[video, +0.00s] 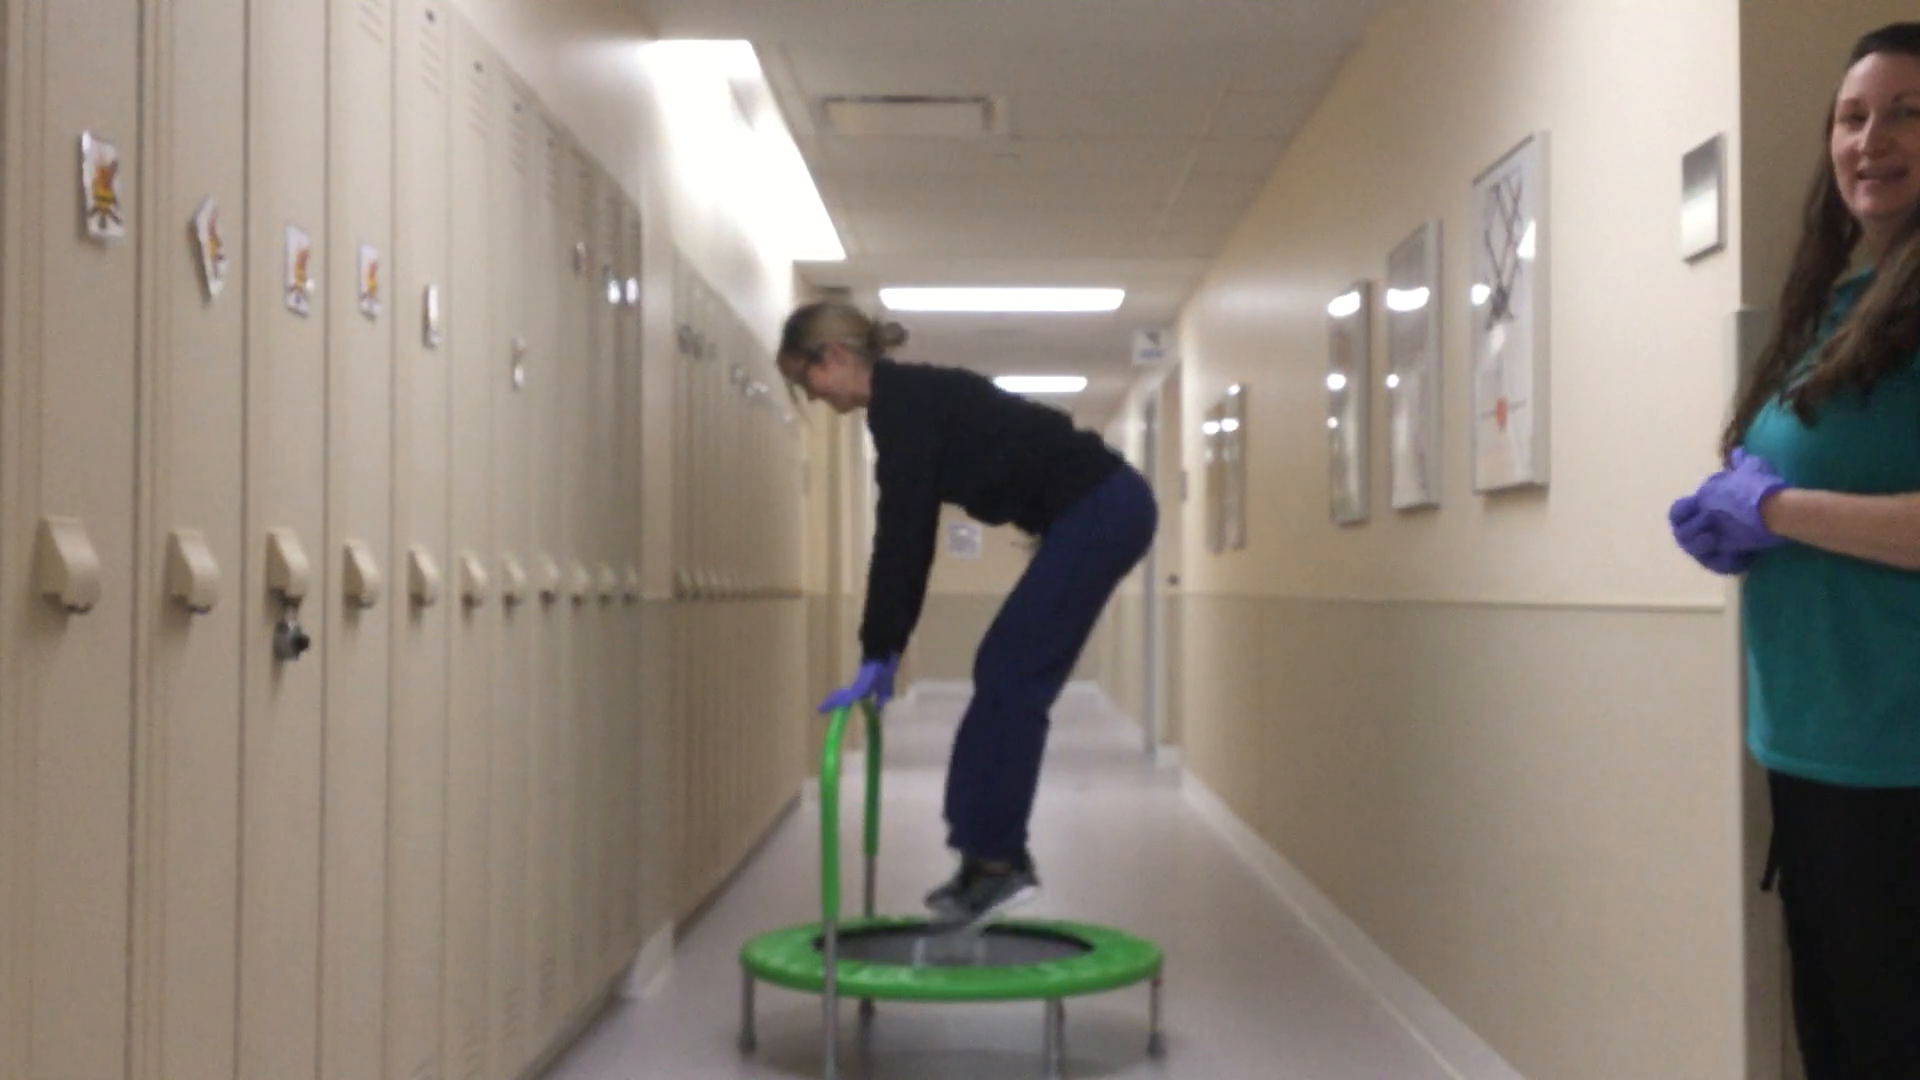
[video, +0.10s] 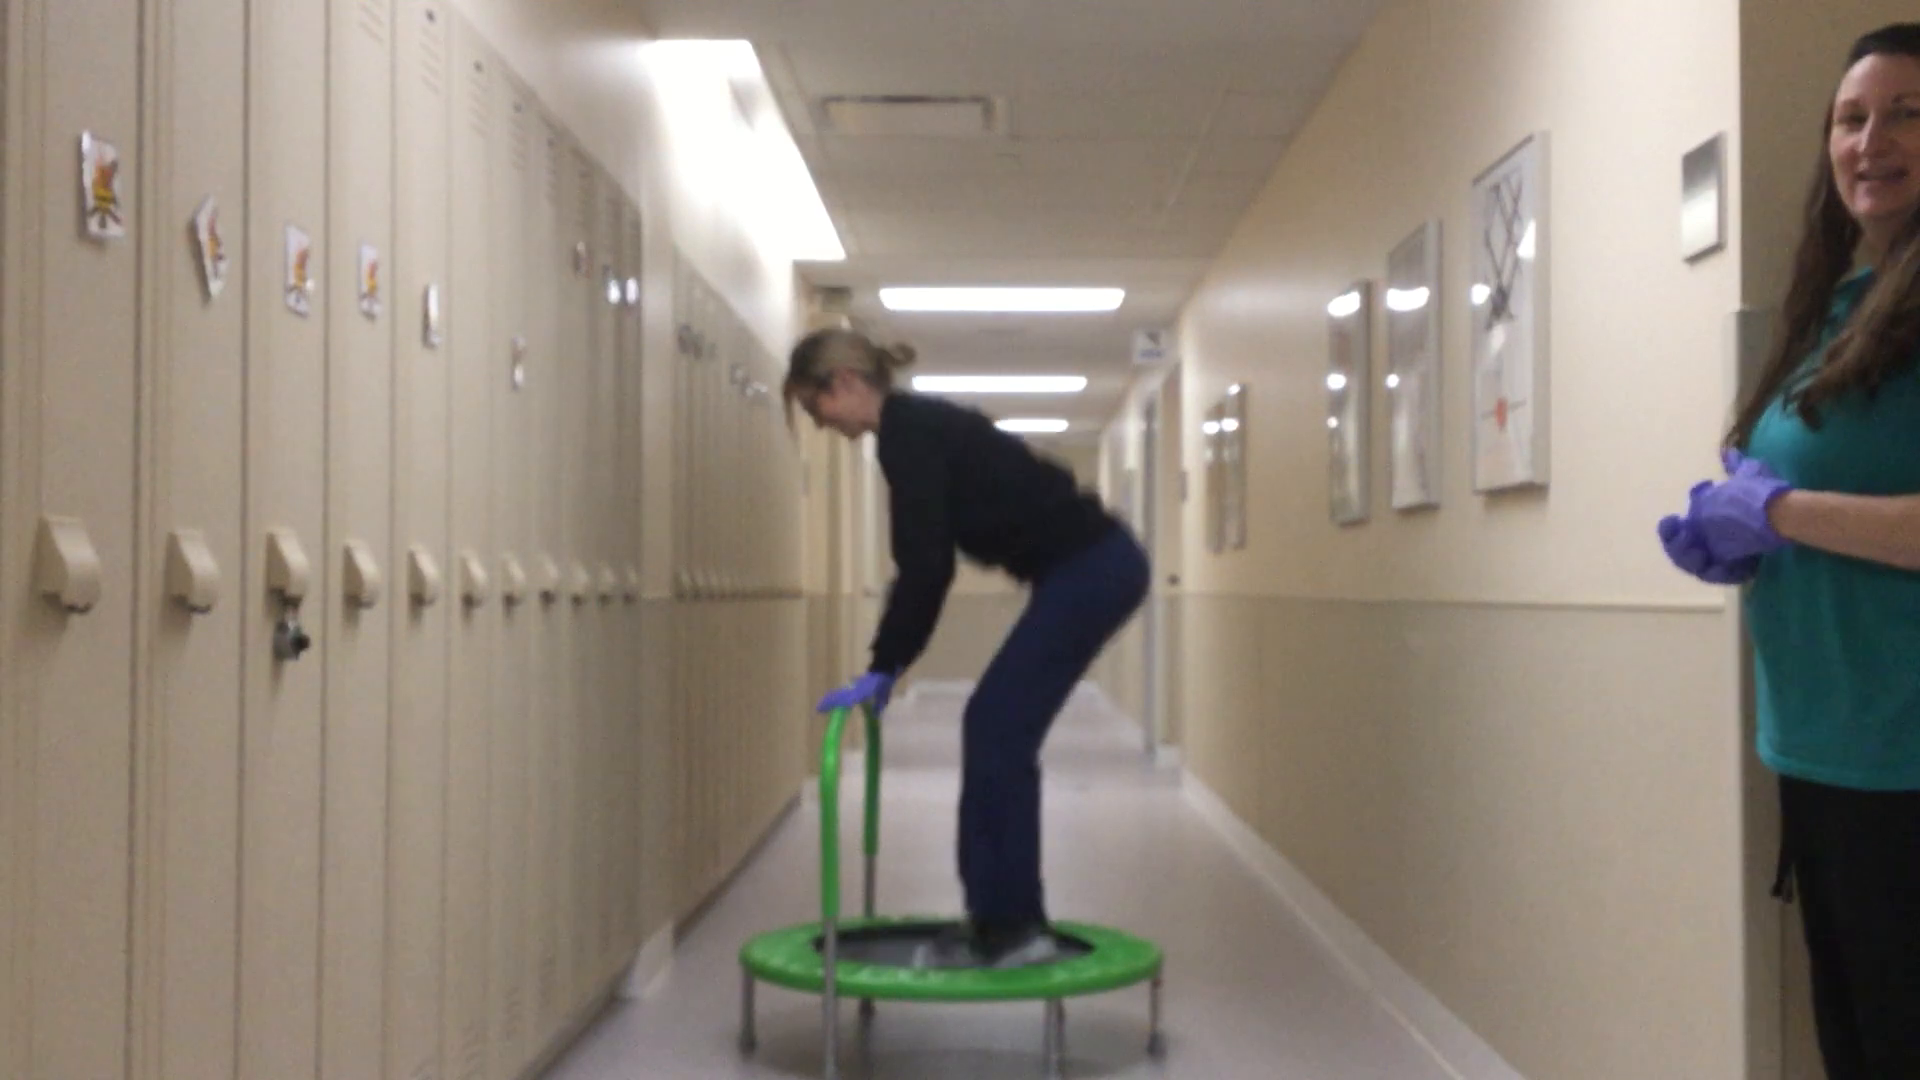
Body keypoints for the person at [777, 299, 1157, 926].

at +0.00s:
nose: (816, 394)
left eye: (812, 377)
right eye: (806, 385)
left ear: (840, 353)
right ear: (843, 356)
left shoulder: (905, 403)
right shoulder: (901, 404)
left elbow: (905, 535)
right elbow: (905, 536)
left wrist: (880, 653)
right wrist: (884, 652)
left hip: (1102, 510)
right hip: (1093, 511)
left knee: (1011, 670)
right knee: (1007, 669)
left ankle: (995, 859)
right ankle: (990, 856)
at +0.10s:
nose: (824, 422)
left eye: (819, 406)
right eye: (815, 412)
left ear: (847, 381)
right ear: (850, 382)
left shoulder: (912, 432)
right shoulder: (911, 430)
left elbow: (928, 565)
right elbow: (925, 565)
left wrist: (884, 669)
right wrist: (884, 668)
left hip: (1093, 570)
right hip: (1086, 568)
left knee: (998, 722)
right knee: (996, 721)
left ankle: (1007, 921)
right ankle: (1005, 916)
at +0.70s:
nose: (883, 380)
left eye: (879, 363)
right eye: (874, 370)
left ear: (904, 335)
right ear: (907, 337)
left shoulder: (974, 389)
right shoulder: (968, 390)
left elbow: (999, 517)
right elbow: (997, 520)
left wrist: (984, 630)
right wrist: (984, 628)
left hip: (1087, 596)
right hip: (1080, 595)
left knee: (997, 754)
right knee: (996, 754)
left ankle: (1023, 942)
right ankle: (1023, 938)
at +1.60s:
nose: (862, 477)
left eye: (862, 460)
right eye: (854, 466)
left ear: (893, 442)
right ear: (897, 445)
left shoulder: (956, 498)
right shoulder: (945, 501)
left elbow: (965, 623)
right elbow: (960, 619)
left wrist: (863, 620)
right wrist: (868, 619)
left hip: (1089, 685)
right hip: (1075, 682)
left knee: (949, 788)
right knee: (944, 785)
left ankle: (1015, 951)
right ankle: (1000, 943)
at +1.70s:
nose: (864, 438)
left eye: (865, 421)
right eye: (856, 427)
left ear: (897, 403)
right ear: (899, 406)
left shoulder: (953, 469)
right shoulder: (947, 468)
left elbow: (962, 588)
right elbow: (955, 588)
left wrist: (861, 595)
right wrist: (863, 595)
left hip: (1073, 665)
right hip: (1062, 662)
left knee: (944, 789)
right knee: (941, 786)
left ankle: (1012, 947)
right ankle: (994, 939)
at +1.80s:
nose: (867, 357)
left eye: (865, 339)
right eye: (858, 346)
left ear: (896, 316)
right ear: (894, 321)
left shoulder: (955, 383)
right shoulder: (950, 383)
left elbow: (970, 512)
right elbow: (968, 518)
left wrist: (888, 558)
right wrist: (896, 561)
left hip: (1044, 602)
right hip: (1038, 600)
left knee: (957, 774)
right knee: (955, 772)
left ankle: (1003, 944)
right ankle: (999, 938)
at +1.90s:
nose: (865, 275)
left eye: (863, 258)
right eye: (857, 264)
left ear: (891, 233)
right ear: (892, 236)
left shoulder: (960, 290)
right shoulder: (952, 295)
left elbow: (986, 410)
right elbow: (976, 416)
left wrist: (946, 516)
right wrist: (942, 515)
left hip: (1025, 521)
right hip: (1014, 521)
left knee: (988, 715)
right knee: (985, 714)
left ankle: (997, 917)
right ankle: (992, 912)